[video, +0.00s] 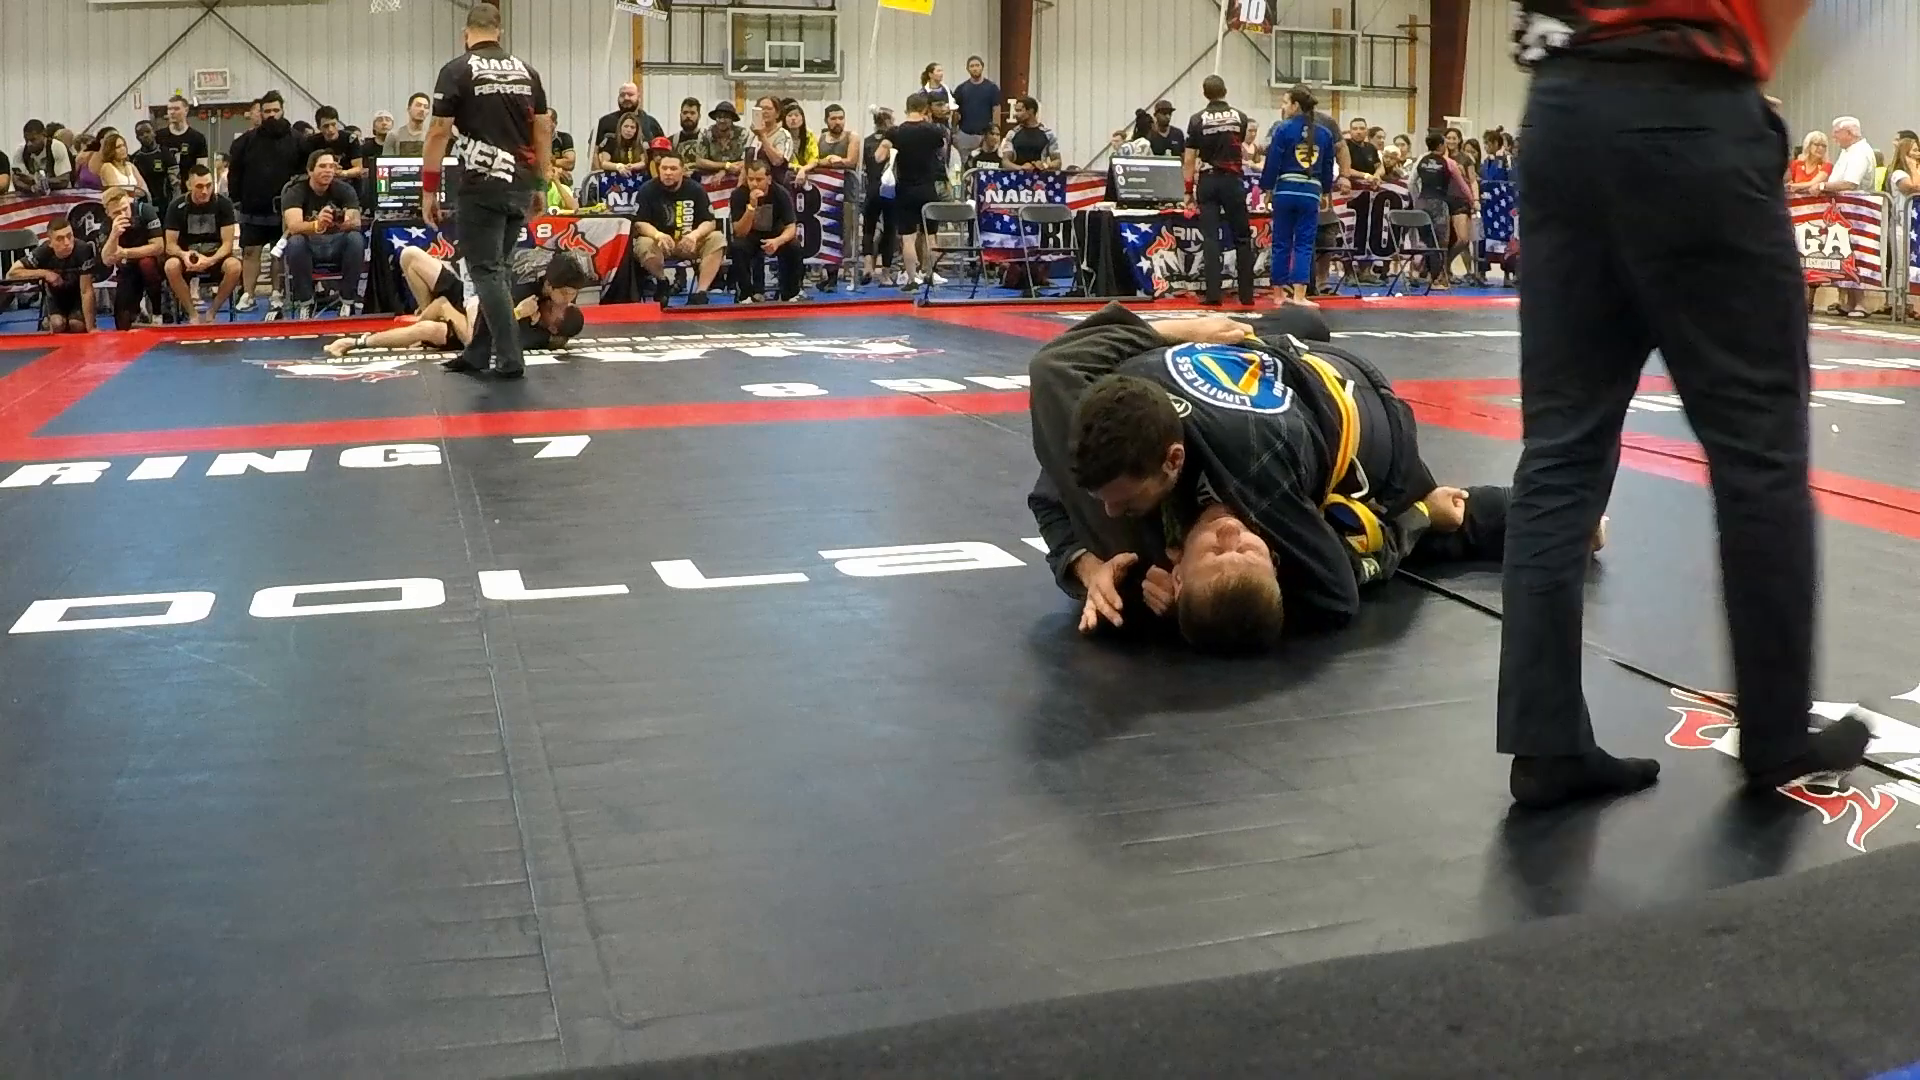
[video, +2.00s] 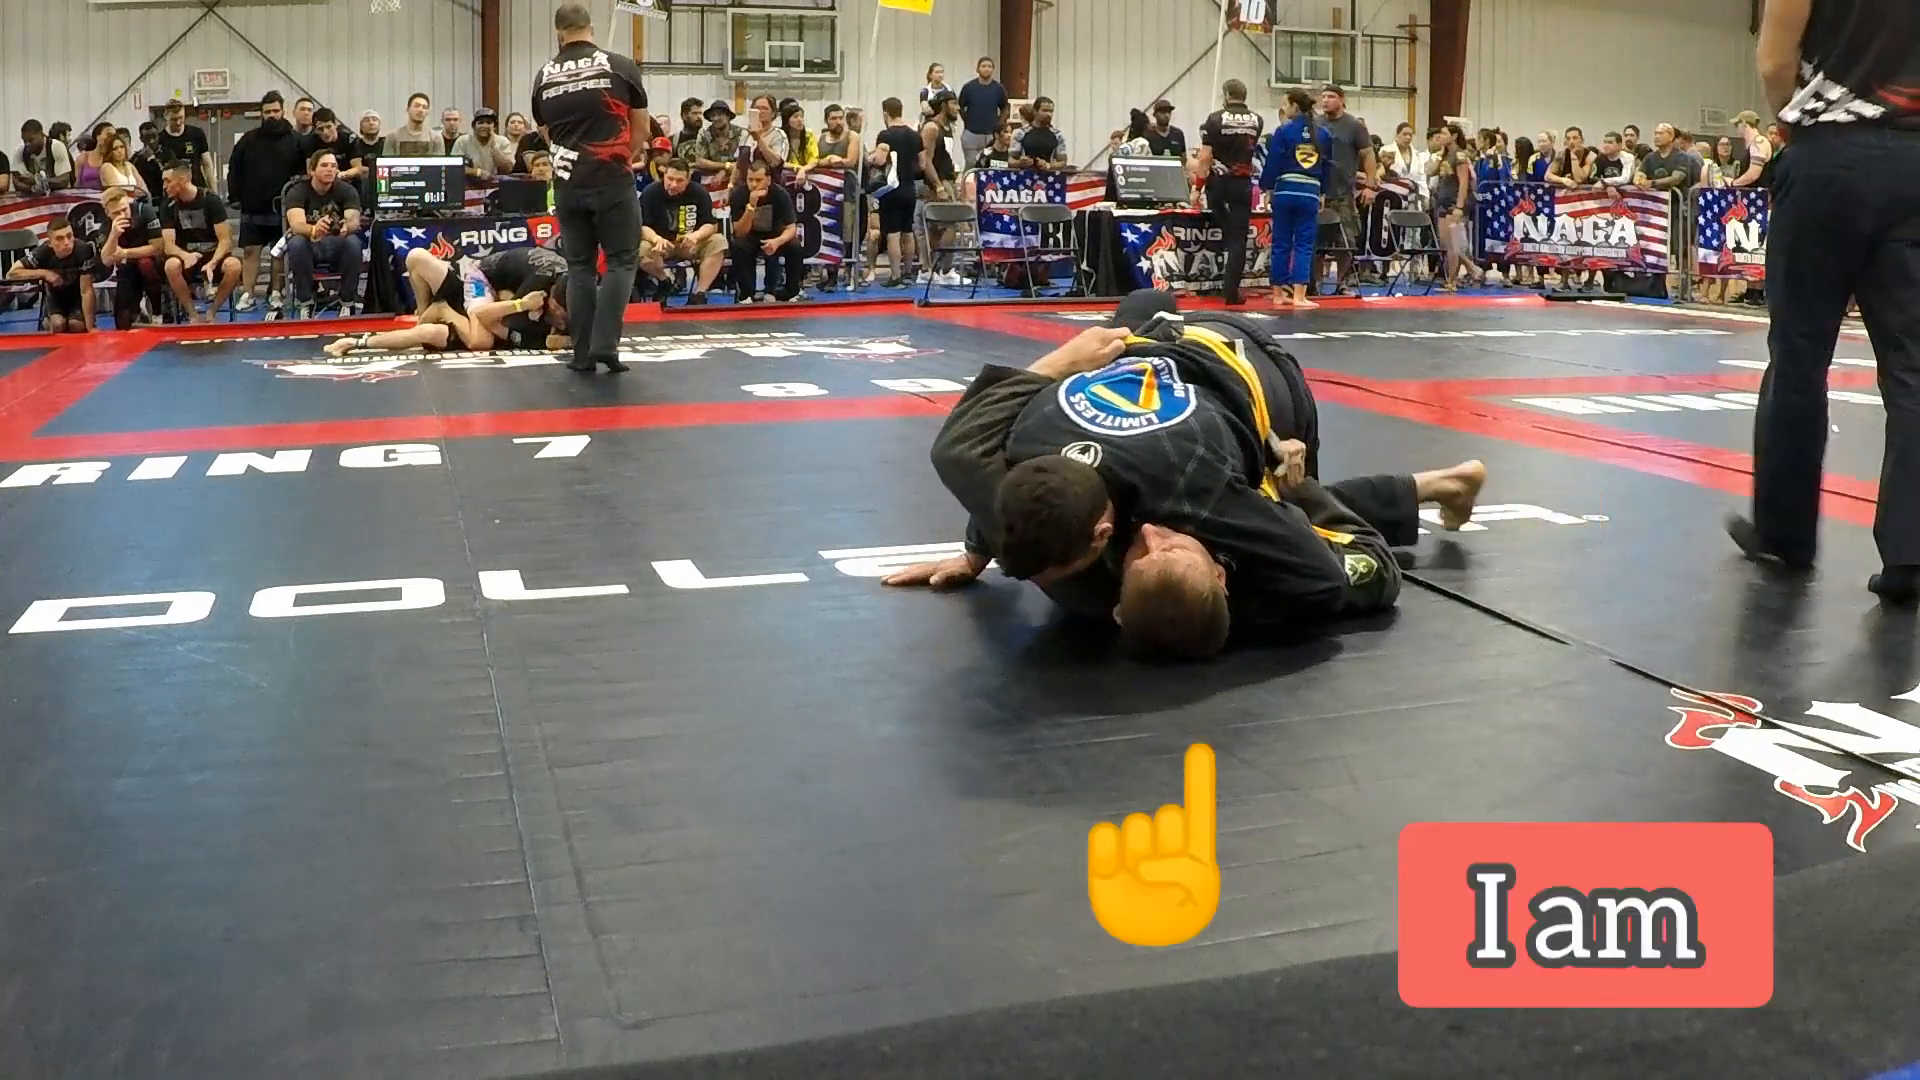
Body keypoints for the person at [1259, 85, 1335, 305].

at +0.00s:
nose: (1284, 107)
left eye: (1287, 103)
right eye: (1285, 102)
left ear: (1296, 105)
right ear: (1308, 106)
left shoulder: (1284, 128)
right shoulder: (1324, 133)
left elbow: (1273, 160)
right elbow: (1328, 166)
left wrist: (1266, 188)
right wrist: (1326, 191)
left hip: (1286, 189)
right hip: (1312, 192)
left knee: (1281, 241)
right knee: (1305, 243)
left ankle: (1278, 294)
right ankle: (1299, 295)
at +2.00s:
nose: (1283, 108)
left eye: (1286, 104)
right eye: (1284, 104)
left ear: (1295, 106)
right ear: (1306, 107)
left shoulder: (1283, 131)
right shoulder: (1322, 134)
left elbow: (1272, 161)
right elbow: (1326, 166)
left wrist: (1266, 186)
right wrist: (1322, 191)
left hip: (1284, 190)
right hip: (1310, 193)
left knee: (1281, 242)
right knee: (1305, 243)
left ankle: (1278, 292)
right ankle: (1299, 295)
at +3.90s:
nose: (1317, 107)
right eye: (1315, 104)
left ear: (1292, 107)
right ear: (1313, 106)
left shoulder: (1283, 131)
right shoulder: (1326, 134)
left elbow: (1272, 162)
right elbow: (1330, 166)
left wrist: (1267, 186)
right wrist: (1328, 192)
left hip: (1285, 191)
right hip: (1311, 193)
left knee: (1282, 242)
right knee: (1306, 243)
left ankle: (1278, 293)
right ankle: (1299, 295)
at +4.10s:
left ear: (1293, 106)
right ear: (1312, 105)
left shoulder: (1283, 131)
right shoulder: (1322, 130)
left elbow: (1272, 160)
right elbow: (1329, 163)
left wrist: (1264, 184)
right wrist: (1330, 191)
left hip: (1285, 184)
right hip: (1313, 186)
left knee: (1282, 239)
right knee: (1306, 241)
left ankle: (1278, 292)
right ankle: (1299, 294)